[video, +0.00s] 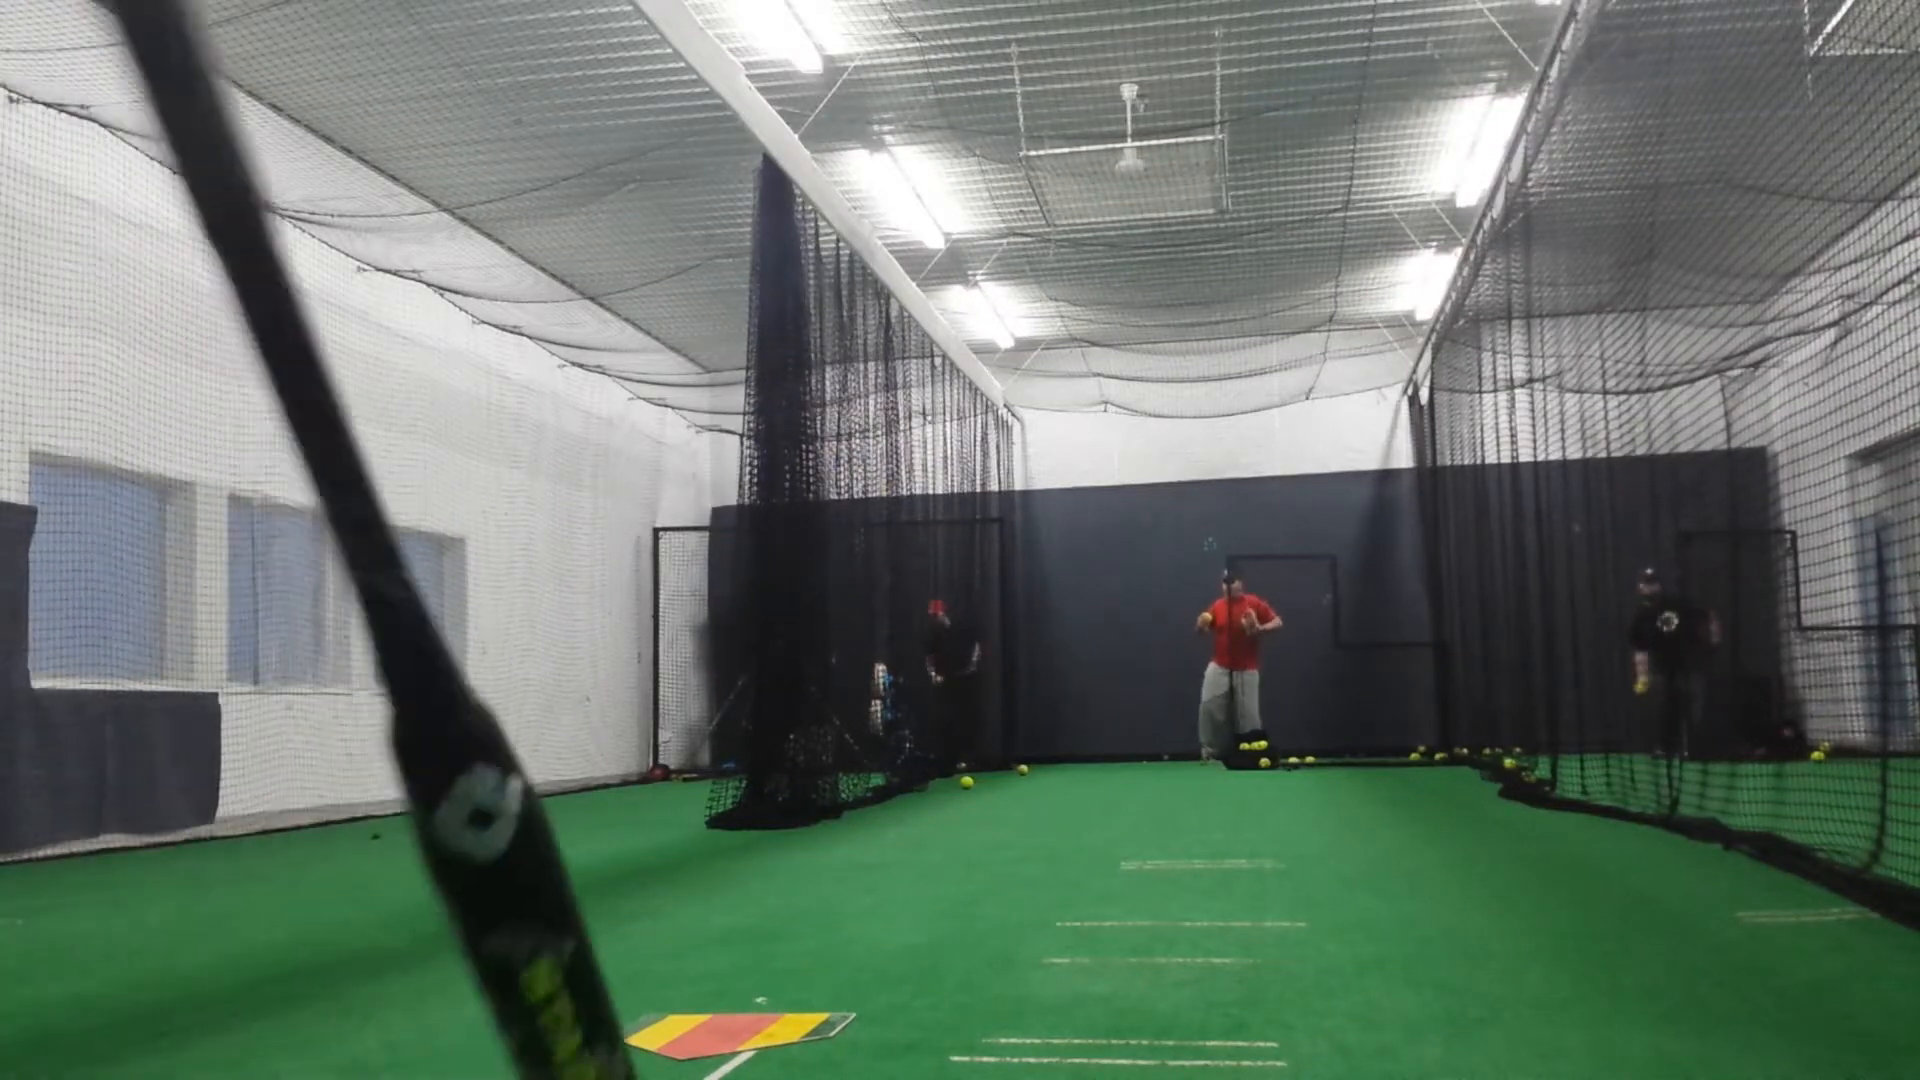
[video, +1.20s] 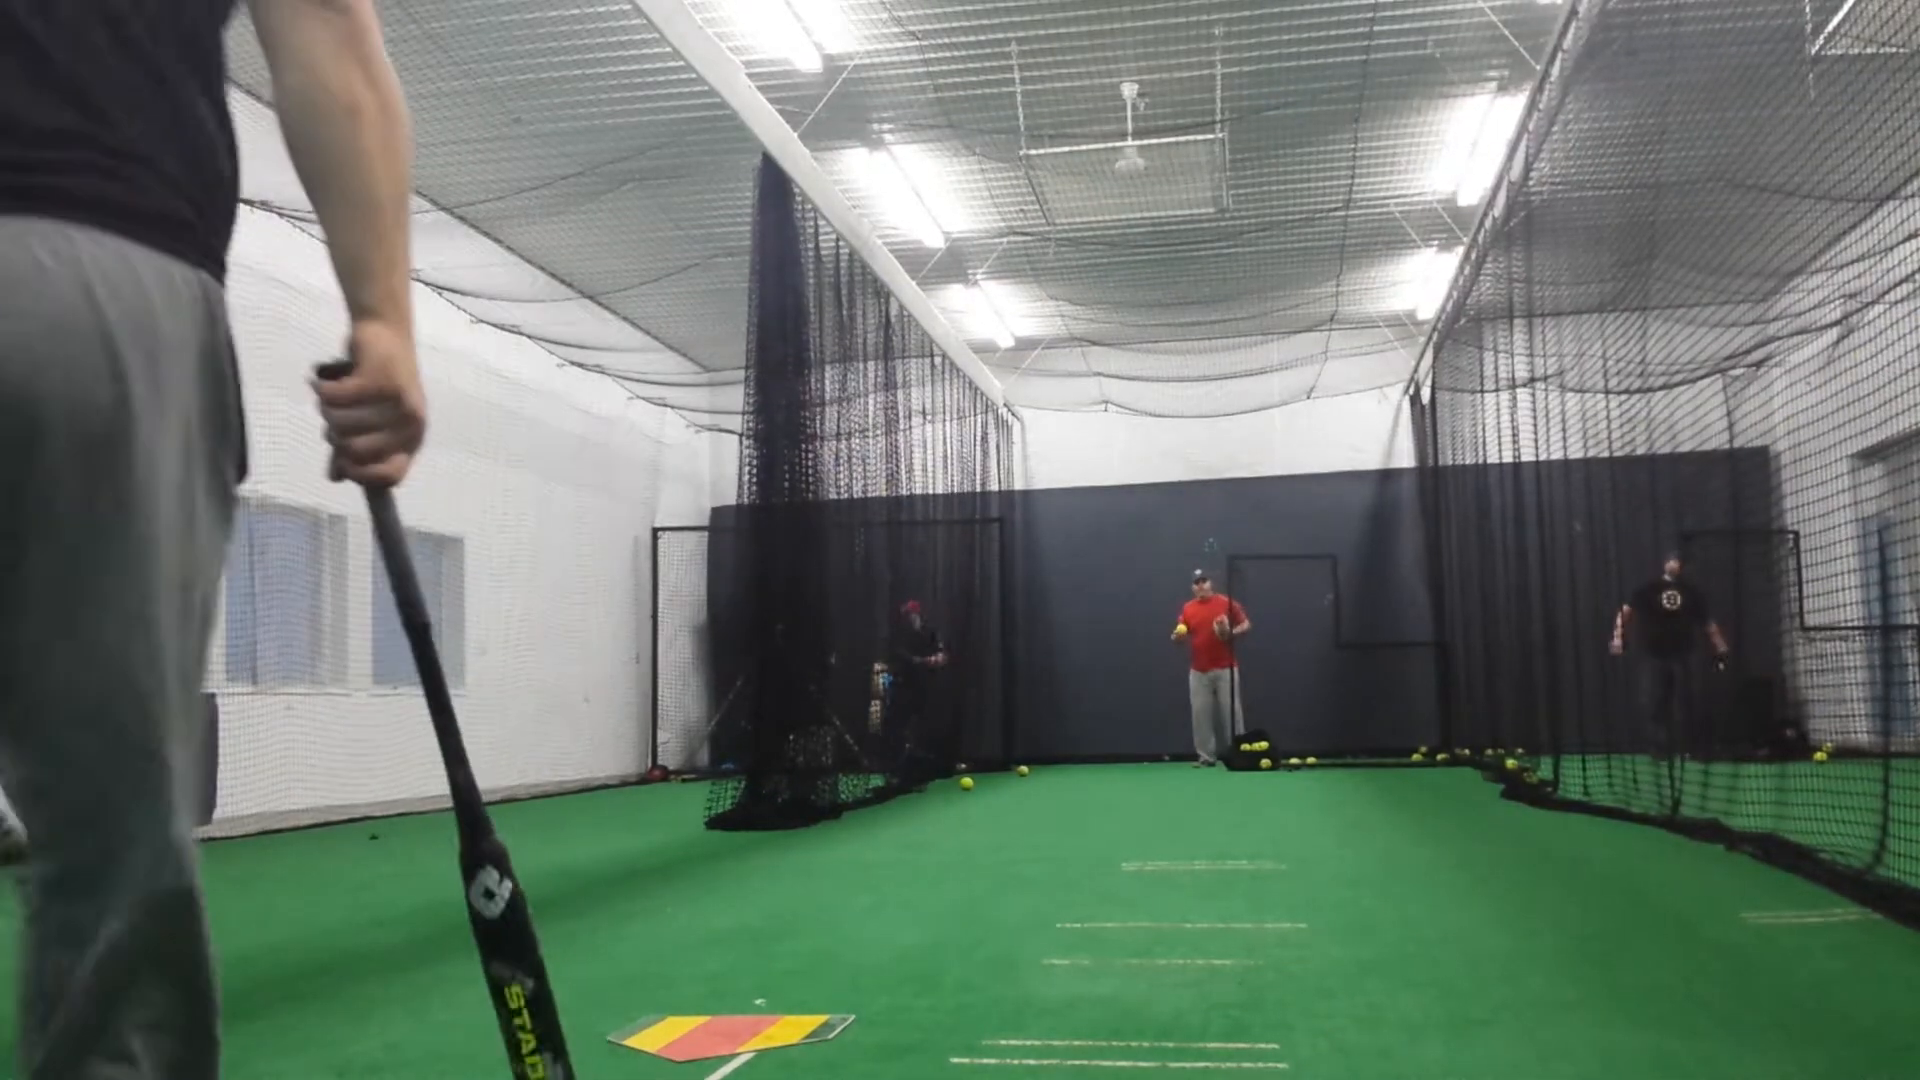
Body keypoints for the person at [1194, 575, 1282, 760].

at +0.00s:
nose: (1228, 586)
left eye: (1232, 582)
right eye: (1225, 582)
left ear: (1241, 583)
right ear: (1222, 585)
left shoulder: (1253, 603)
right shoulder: (1218, 605)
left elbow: (1277, 622)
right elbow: (1206, 630)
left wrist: (1259, 628)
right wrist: (1202, 624)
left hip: (1246, 667)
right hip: (1220, 665)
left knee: (1248, 710)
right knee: (1209, 705)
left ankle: (1252, 751)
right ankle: (1209, 750)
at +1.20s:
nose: (1200, 586)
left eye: (1203, 581)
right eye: (1196, 582)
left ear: (1210, 583)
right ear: (1192, 587)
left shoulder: (1225, 603)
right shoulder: (1188, 608)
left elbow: (1245, 623)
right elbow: (1181, 630)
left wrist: (1231, 632)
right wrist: (1178, 634)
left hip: (1224, 666)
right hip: (1199, 668)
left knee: (1230, 711)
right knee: (1200, 712)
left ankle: (1236, 752)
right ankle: (1205, 755)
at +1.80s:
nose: (1220, 584)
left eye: (1222, 580)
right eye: (1216, 580)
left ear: (1228, 582)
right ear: (1212, 583)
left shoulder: (1242, 604)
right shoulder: (1203, 606)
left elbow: (1259, 629)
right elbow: (1190, 630)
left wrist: (1246, 633)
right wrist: (1196, 630)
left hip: (1236, 667)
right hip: (1209, 666)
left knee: (1239, 710)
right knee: (1200, 705)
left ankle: (1241, 752)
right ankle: (1204, 751)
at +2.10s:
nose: (1221, 582)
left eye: (1225, 578)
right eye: (1219, 578)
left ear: (1233, 580)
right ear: (1216, 581)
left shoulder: (1246, 602)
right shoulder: (1209, 603)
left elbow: (1266, 624)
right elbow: (1193, 629)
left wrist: (1249, 631)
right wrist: (1197, 623)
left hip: (1237, 665)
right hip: (1211, 663)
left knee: (1239, 710)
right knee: (1194, 706)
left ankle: (1241, 751)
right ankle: (1174, 748)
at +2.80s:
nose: (1203, 585)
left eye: (1206, 581)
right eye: (1200, 582)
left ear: (1212, 584)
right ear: (1194, 585)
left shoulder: (1223, 606)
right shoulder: (1186, 607)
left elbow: (1240, 630)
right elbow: (1172, 635)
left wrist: (1226, 635)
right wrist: (1176, 627)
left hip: (1222, 667)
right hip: (1196, 669)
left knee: (1231, 709)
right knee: (1195, 713)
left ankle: (1238, 750)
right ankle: (1198, 754)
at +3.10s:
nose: (1198, 584)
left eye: (1201, 580)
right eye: (1195, 581)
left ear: (1207, 583)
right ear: (1189, 584)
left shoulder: (1221, 603)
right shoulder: (1181, 606)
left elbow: (1241, 624)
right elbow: (1166, 633)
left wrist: (1227, 630)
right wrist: (1176, 629)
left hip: (1221, 665)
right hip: (1195, 667)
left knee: (1232, 708)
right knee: (1196, 711)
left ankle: (1241, 750)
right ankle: (1199, 753)